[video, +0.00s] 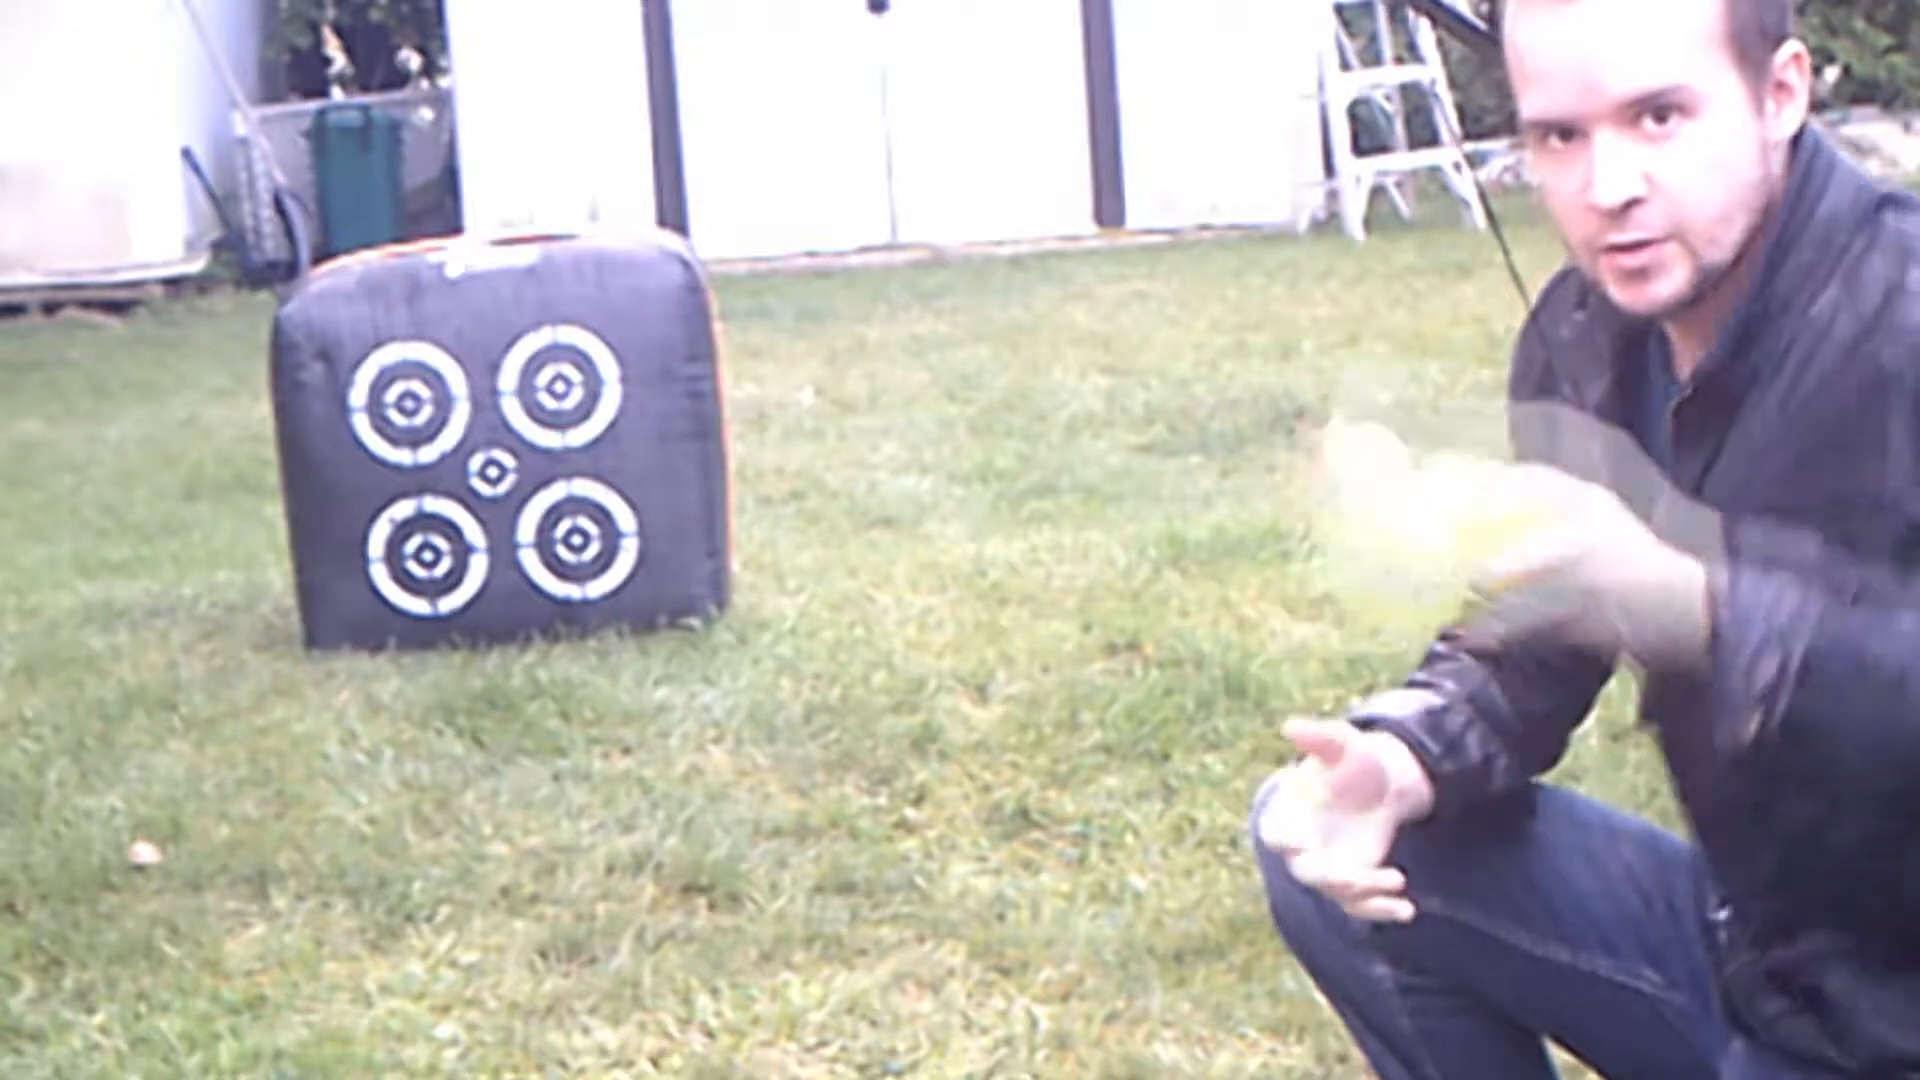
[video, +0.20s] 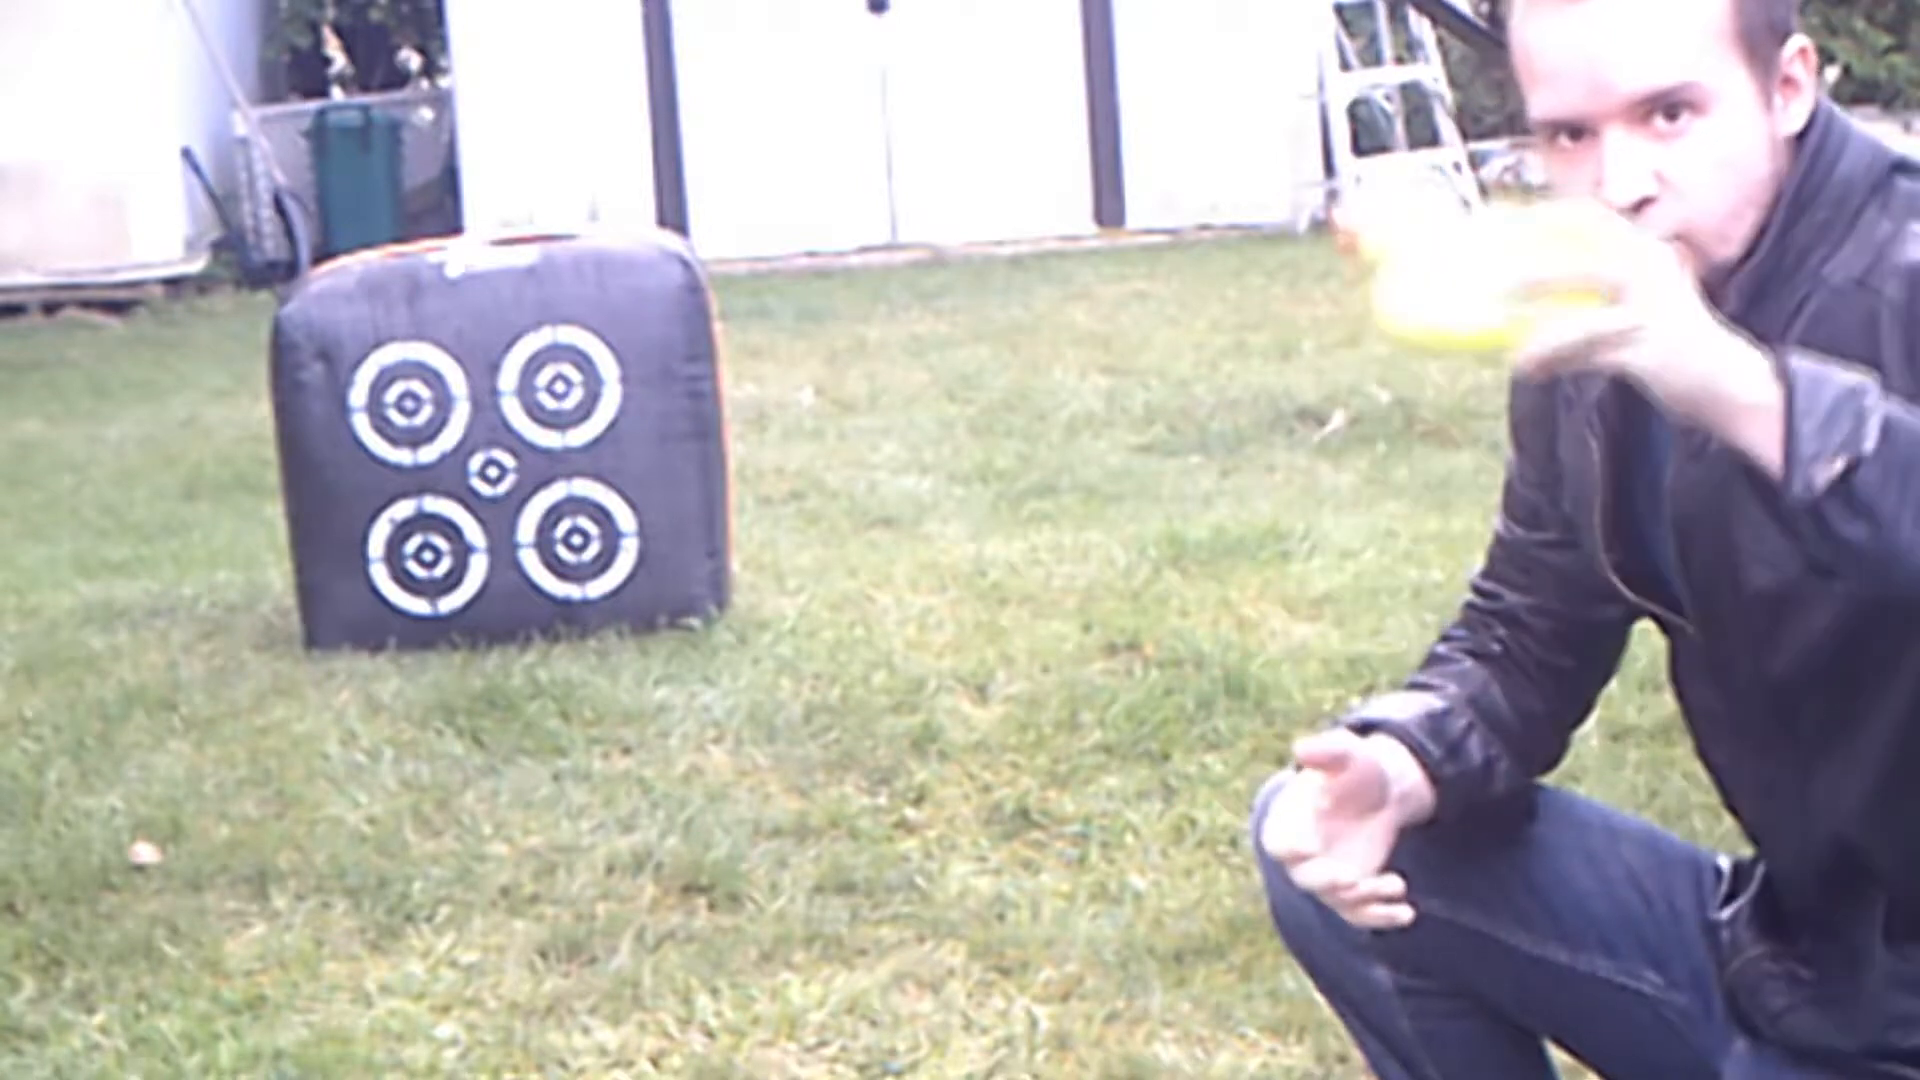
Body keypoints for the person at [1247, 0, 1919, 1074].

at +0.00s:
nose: (1607, 189)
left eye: (1657, 118)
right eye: (1559, 135)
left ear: (1783, 96)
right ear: (1522, 144)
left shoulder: (1902, 323)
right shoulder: (1579, 333)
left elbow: (1907, 682)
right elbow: (1540, 633)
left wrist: (1685, 606)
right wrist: (1409, 752)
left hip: (1884, 1028)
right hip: (1741, 931)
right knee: (1324, 842)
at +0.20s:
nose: (1618, 186)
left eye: (1668, 116)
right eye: (1568, 135)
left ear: (1791, 87)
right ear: (1529, 136)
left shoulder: (1896, 273)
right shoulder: (1596, 324)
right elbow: (1529, 629)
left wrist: (1734, 389)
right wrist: (1406, 760)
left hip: (1890, 1029)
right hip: (1771, 943)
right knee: (1327, 844)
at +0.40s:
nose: (1621, 185)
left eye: (1671, 116)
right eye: (1572, 135)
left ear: (1794, 88)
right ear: (1535, 139)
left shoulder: (1897, 280)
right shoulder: (1595, 317)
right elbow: (1532, 629)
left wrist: (1760, 402)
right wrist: (1406, 760)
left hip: (1891, 1027)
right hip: (1769, 939)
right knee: (1329, 846)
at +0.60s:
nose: (1623, 189)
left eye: (1675, 119)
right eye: (1574, 138)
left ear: (1795, 91)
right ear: (1537, 142)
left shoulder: (1898, 286)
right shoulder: (1604, 310)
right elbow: (1530, 629)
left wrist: (1790, 426)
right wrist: (1407, 761)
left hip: (1891, 1027)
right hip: (1768, 939)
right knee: (1327, 848)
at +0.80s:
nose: (1615, 199)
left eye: (1666, 125)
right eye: (1568, 145)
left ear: (1791, 95)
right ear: (1532, 146)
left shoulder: (1895, 292)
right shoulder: (1605, 317)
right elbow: (1529, 630)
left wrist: (1789, 445)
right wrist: (1403, 762)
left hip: (1889, 1030)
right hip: (1767, 939)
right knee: (1332, 852)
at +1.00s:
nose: (1576, 245)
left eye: (1627, 180)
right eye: (1536, 189)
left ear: (1772, 127)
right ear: (1508, 160)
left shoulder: (1901, 319)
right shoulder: (1583, 338)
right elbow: (1537, 643)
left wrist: (1740, 598)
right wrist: (1395, 752)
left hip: (1887, 1040)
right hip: (1757, 943)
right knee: (1350, 864)